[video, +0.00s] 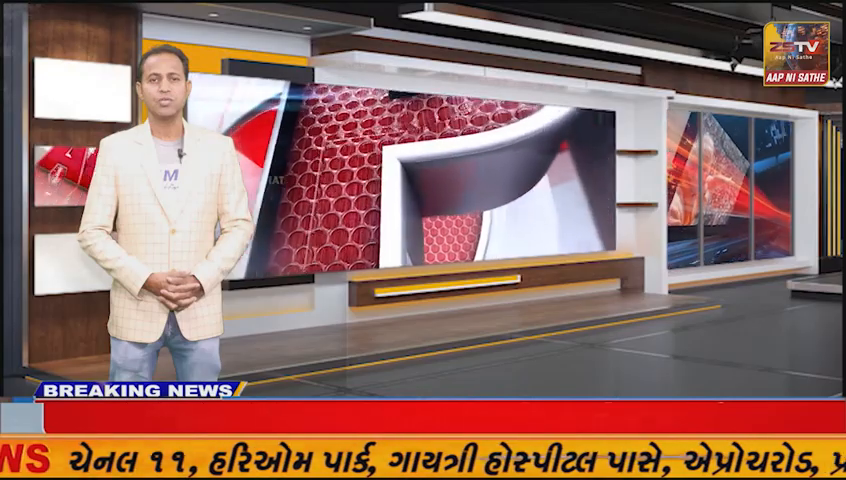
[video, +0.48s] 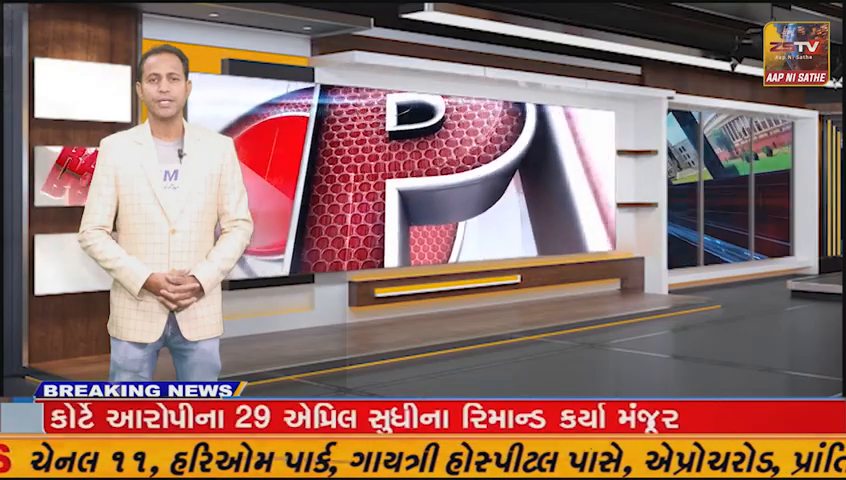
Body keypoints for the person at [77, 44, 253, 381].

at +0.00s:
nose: (164, 87)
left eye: (174, 78)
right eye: (154, 79)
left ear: (187, 88)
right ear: (140, 90)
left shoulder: (219, 147)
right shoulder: (115, 148)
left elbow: (239, 224)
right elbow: (92, 232)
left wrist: (202, 279)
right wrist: (145, 279)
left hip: (199, 310)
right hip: (135, 311)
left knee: (204, 417)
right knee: (126, 418)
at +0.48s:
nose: (163, 88)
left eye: (173, 78)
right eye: (153, 79)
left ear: (188, 87)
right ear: (140, 90)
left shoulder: (219, 148)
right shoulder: (115, 148)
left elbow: (239, 224)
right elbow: (92, 232)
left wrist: (202, 279)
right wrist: (145, 279)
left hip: (199, 309)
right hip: (135, 311)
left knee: (205, 419)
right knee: (125, 420)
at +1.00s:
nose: (163, 89)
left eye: (173, 79)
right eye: (153, 80)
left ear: (187, 88)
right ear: (140, 90)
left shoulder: (219, 148)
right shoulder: (115, 148)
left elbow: (238, 225)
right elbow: (92, 232)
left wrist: (201, 280)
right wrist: (144, 279)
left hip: (199, 310)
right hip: (134, 310)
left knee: (205, 419)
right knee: (125, 420)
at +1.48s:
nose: (163, 88)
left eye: (173, 79)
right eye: (153, 80)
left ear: (187, 87)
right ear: (140, 90)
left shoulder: (219, 148)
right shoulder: (114, 148)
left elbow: (238, 224)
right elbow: (92, 232)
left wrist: (201, 280)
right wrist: (144, 279)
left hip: (199, 310)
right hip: (135, 310)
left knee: (205, 419)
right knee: (125, 420)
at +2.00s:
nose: (166, 88)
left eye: (175, 79)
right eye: (155, 79)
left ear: (188, 88)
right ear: (141, 89)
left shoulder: (219, 147)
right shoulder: (116, 148)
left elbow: (238, 224)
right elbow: (92, 232)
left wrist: (201, 280)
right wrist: (146, 279)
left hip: (199, 309)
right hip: (135, 310)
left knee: (205, 419)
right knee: (126, 420)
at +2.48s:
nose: (168, 88)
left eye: (178, 79)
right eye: (158, 79)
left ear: (191, 88)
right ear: (143, 89)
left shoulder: (220, 148)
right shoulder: (117, 147)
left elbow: (239, 225)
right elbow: (93, 231)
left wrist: (202, 280)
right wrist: (146, 279)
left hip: (199, 309)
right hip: (135, 310)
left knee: (205, 419)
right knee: (125, 419)